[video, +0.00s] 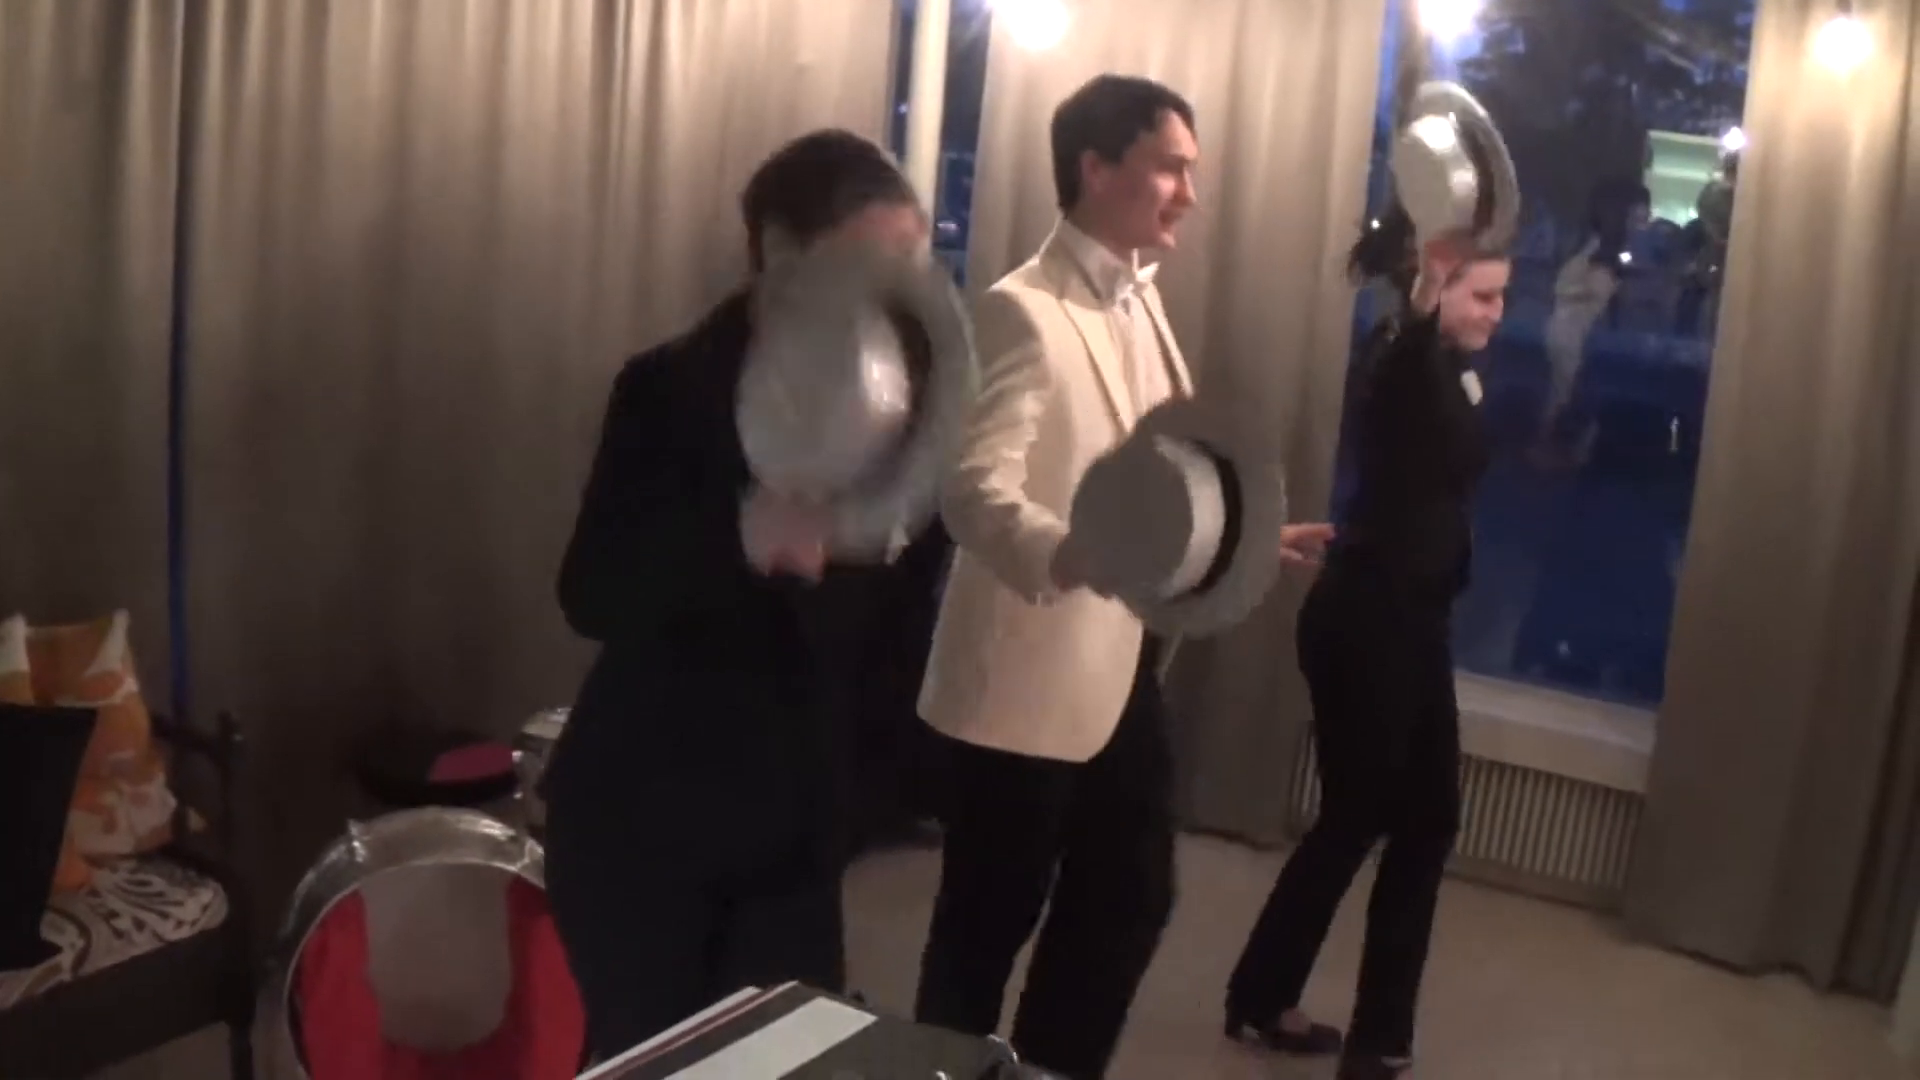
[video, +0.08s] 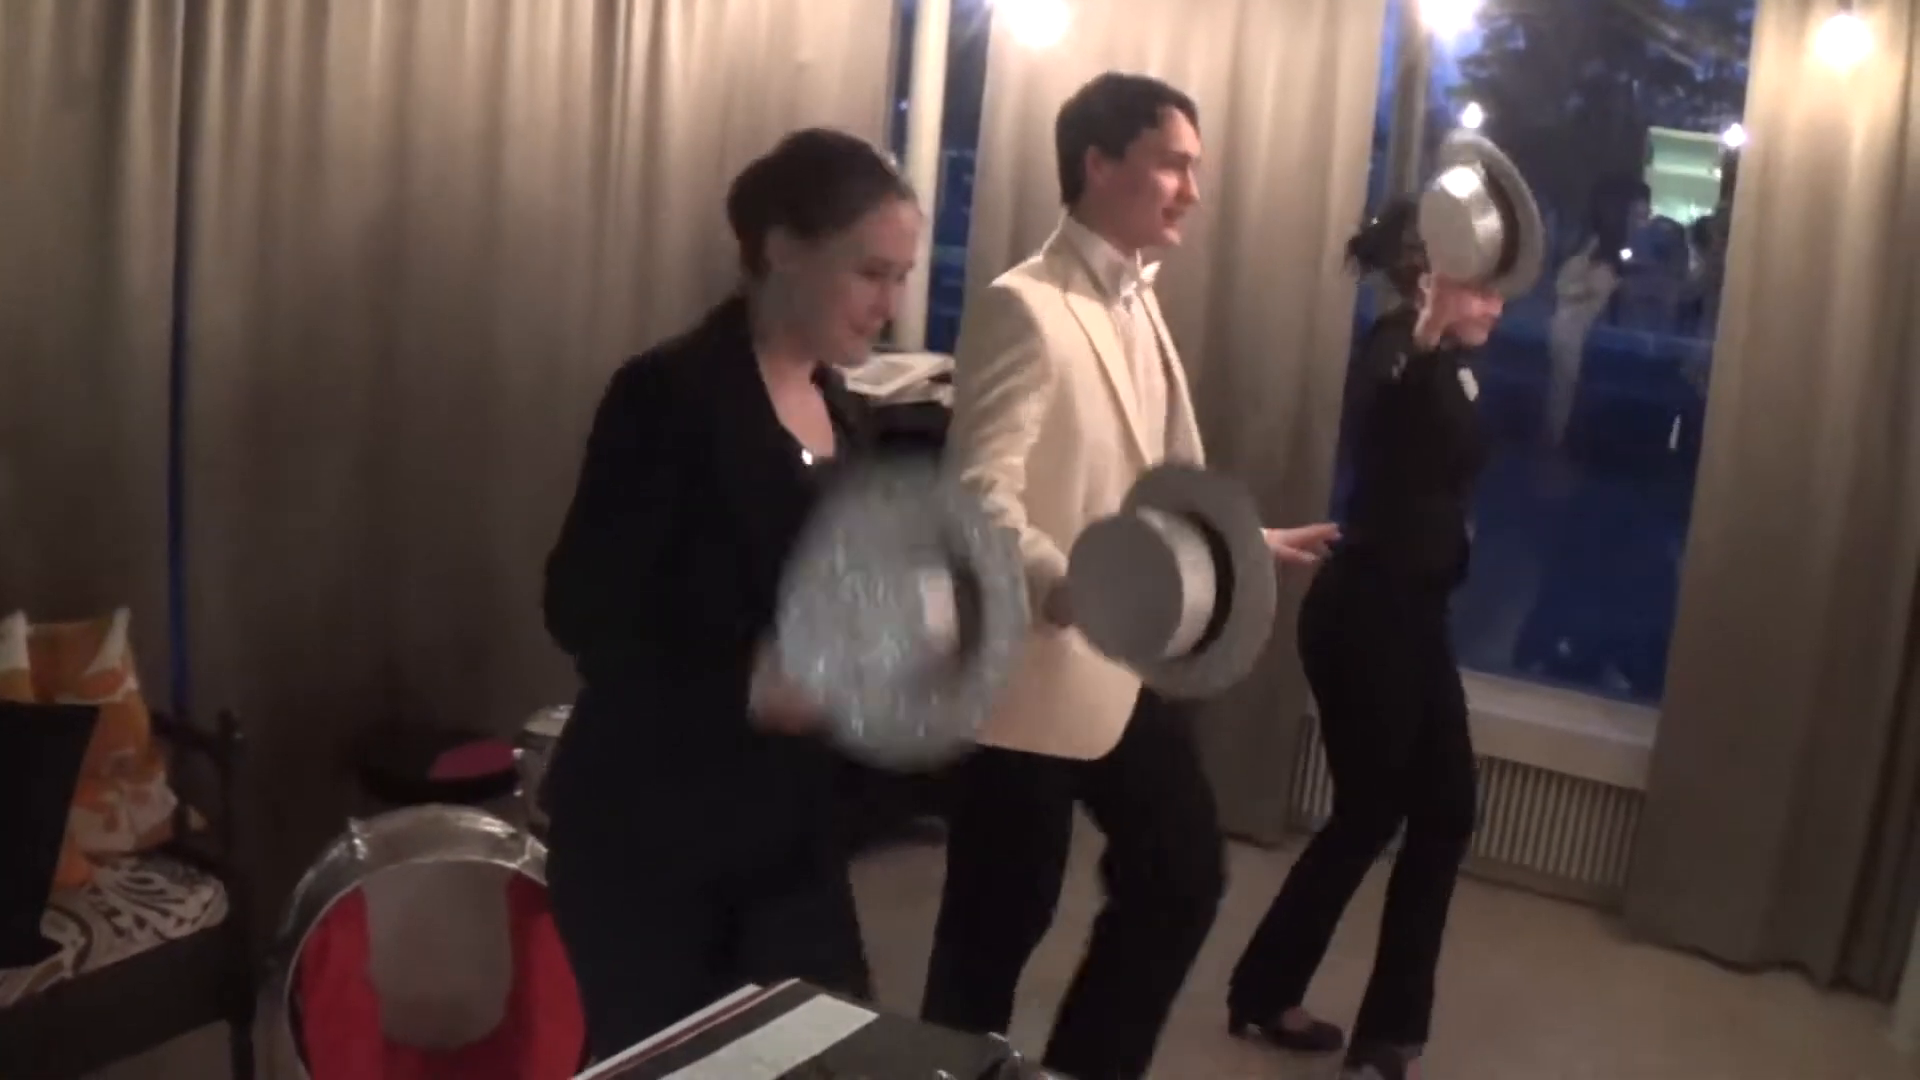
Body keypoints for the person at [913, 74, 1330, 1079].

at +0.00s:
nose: (1188, 194)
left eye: (1191, 173)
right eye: (1168, 170)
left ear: (1124, 177)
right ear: (1093, 171)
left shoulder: (1139, 304)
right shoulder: (1016, 311)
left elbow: (1151, 479)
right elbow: (977, 485)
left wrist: (1254, 538)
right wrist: (1066, 555)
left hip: (1115, 669)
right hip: (1021, 678)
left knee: (1125, 900)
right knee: (992, 903)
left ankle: (1054, 1071)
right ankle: (948, 1072)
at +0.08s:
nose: (1191, 190)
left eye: (1194, 169)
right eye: (1170, 166)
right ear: (1095, 168)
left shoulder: (1137, 306)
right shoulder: (1021, 307)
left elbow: (1148, 489)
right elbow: (978, 489)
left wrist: (1250, 542)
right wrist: (1053, 581)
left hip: (1118, 677)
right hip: (1024, 683)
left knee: (1179, 876)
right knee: (995, 916)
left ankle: (1087, 1068)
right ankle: (957, 1073)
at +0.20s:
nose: (1208, 212)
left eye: (1211, 190)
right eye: (1190, 186)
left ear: (1134, 192)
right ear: (1116, 185)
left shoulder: (1128, 322)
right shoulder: (1037, 308)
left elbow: (1137, 511)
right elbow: (970, 483)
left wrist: (1264, 565)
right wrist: (1064, 579)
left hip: (1100, 672)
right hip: (1019, 683)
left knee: (1221, 827)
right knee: (1013, 943)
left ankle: (1071, 1056)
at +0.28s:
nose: (1220, 211)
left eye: (1223, 190)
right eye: (1203, 187)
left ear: (1159, 192)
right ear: (1129, 184)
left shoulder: (1131, 310)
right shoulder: (1054, 291)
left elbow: (1138, 508)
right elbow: (970, 440)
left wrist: (1267, 576)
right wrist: (1077, 506)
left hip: (1092, 642)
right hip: (1014, 651)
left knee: (1210, 806)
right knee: (1013, 910)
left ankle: (1073, 1012)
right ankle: (982, 1053)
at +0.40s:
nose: (1241, 206)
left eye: (1244, 186)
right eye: (1224, 182)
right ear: (1152, 179)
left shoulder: (1169, 302)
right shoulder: (1084, 266)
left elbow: (1155, 508)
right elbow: (983, 369)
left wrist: (1271, 579)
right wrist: (1087, 401)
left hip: (1107, 618)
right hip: (1019, 614)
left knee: (1166, 820)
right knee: (1004, 851)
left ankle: (1059, 1022)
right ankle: (968, 1034)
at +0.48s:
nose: (1247, 208)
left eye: (1251, 188)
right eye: (1230, 184)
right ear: (1158, 182)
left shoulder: (1170, 305)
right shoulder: (1087, 274)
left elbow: (1161, 502)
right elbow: (984, 375)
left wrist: (1272, 576)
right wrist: (1093, 399)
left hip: (1108, 621)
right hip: (1025, 616)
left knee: (1126, 843)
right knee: (1014, 846)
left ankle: (1052, 1041)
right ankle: (971, 1041)